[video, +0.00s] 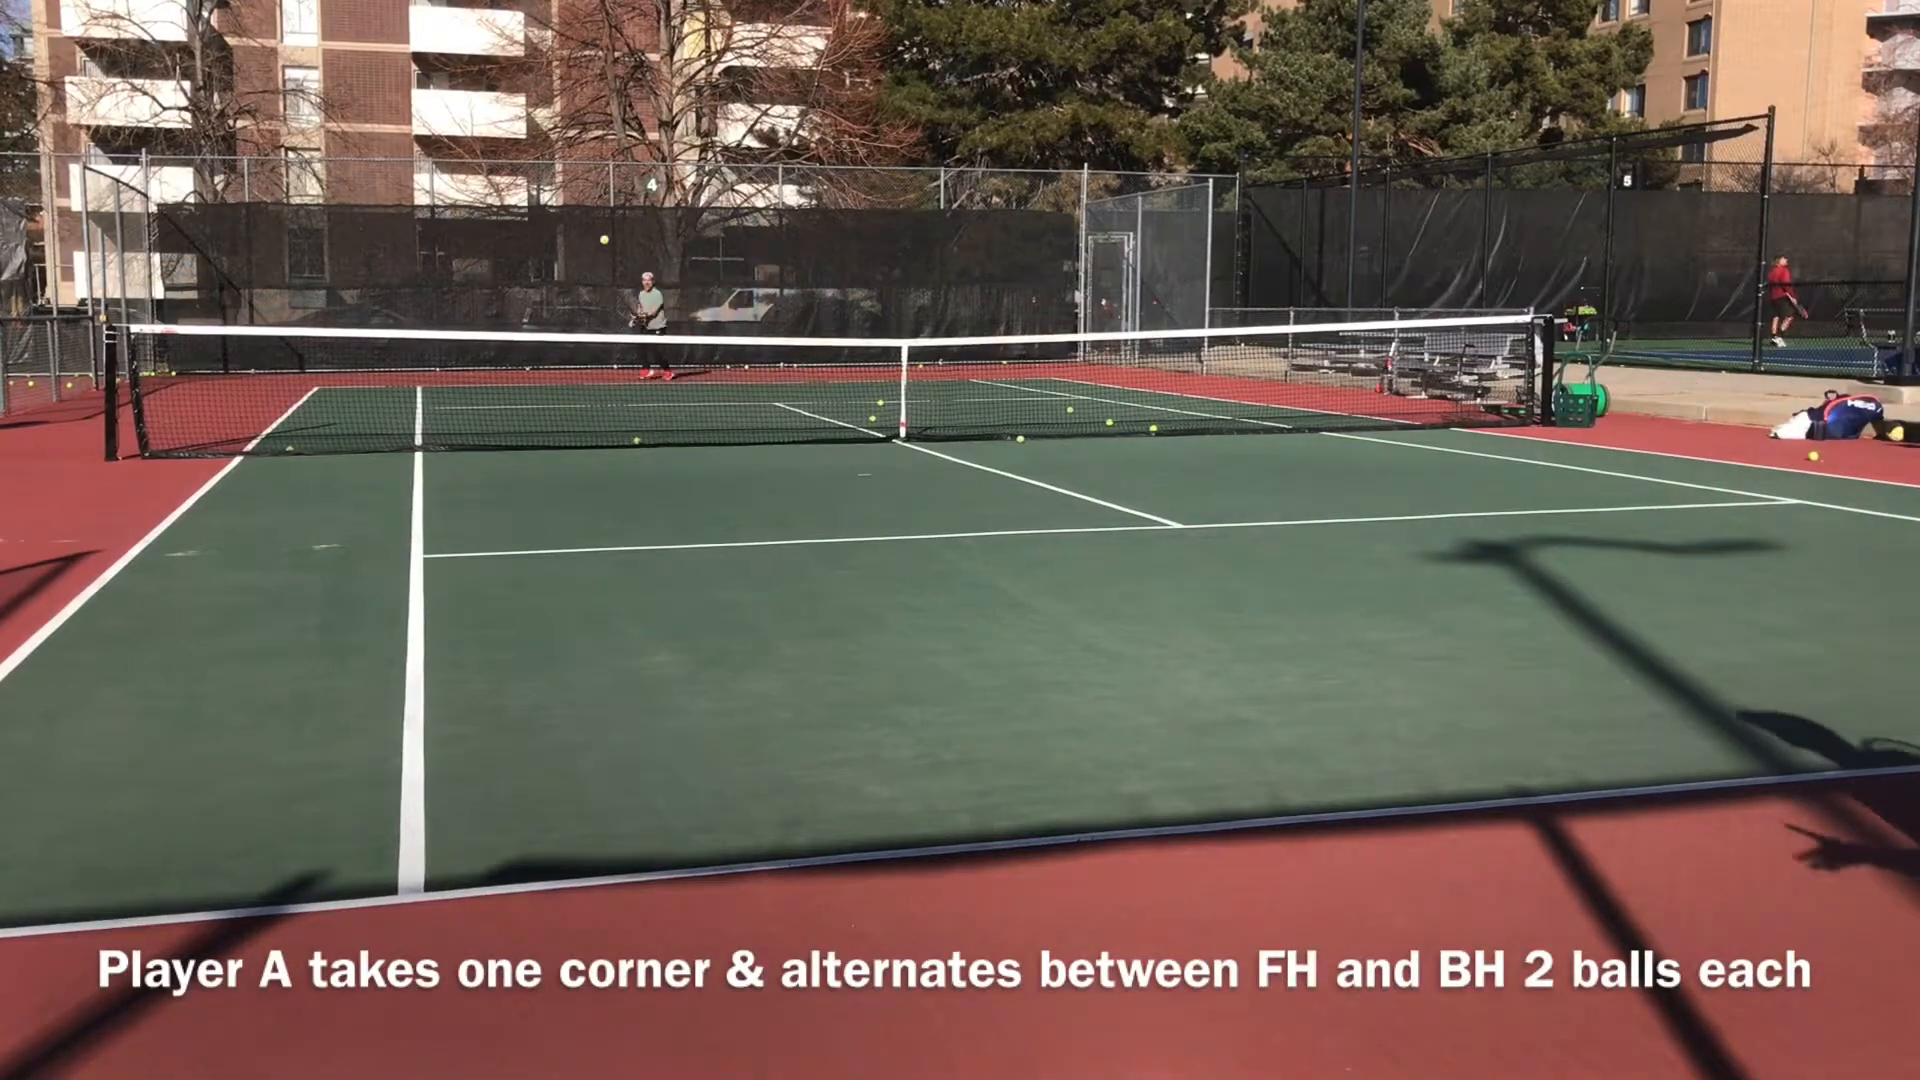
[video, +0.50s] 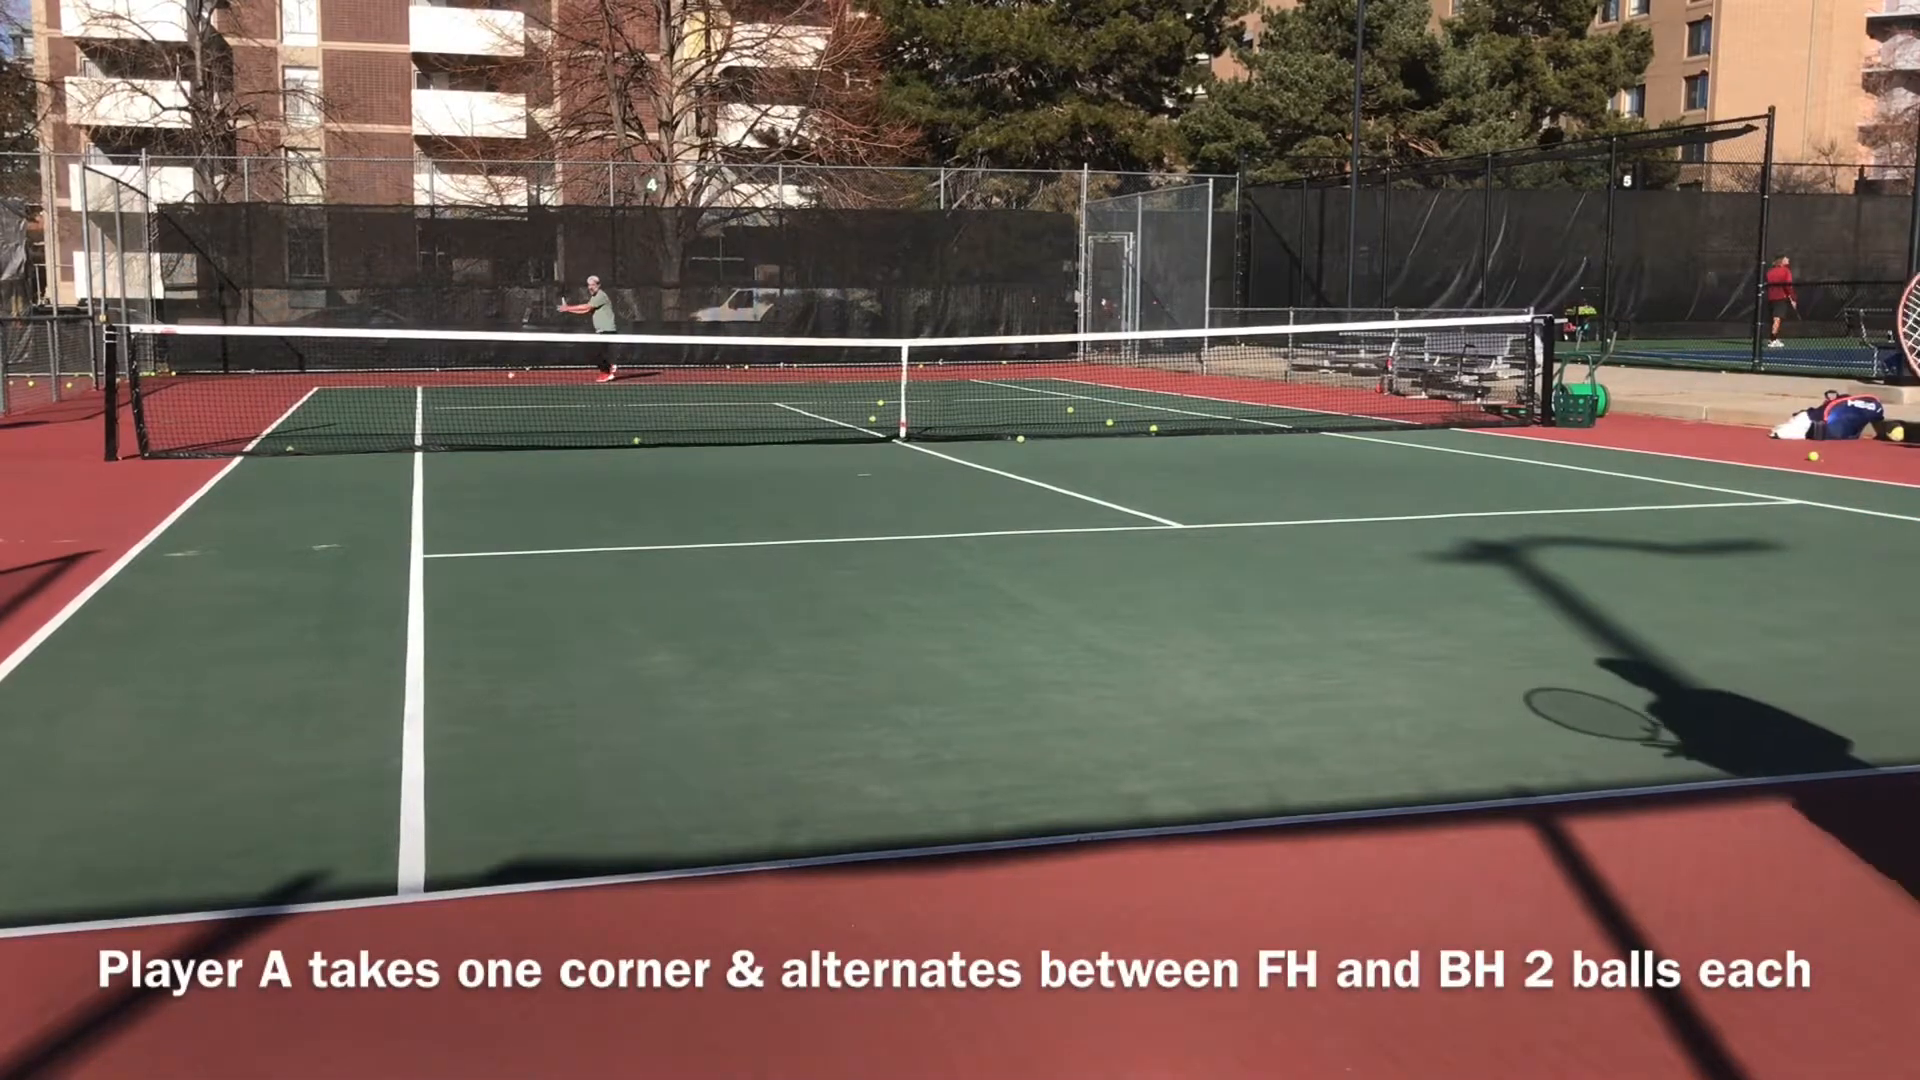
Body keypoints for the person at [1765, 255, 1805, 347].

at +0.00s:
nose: (1786, 261)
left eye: (1785, 259)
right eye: (1784, 259)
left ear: (1776, 262)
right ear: (1779, 261)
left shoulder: (1772, 271)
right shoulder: (1784, 270)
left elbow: (1770, 284)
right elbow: (1786, 284)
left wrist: (1773, 293)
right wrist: (1792, 296)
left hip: (1773, 297)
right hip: (1782, 296)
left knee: (1776, 316)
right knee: (1789, 315)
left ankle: (1774, 336)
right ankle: (1780, 334)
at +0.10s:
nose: (1786, 261)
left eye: (1785, 259)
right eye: (1784, 259)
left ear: (1776, 262)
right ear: (1779, 261)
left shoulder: (1771, 272)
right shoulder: (1784, 271)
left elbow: (1769, 285)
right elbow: (1787, 284)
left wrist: (1771, 295)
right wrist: (1793, 297)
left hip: (1773, 298)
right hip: (1782, 297)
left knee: (1775, 317)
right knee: (1786, 317)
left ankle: (1773, 337)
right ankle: (1777, 336)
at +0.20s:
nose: (1786, 261)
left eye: (1785, 259)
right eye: (1784, 259)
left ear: (1776, 262)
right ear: (1779, 261)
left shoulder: (1770, 272)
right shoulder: (1785, 271)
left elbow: (1769, 285)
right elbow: (1787, 284)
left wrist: (1771, 295)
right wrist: (1792, 296)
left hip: (1773, 298)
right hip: (1783, 297)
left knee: (1775, 317)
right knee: (1782, 318)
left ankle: (1772, 338)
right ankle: (1775, 338)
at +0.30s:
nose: (1786, 261)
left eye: (1785, 259)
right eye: (1784, 259)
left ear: (1775, 262)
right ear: (1779, 261)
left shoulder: (1770, 272)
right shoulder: (1785, 271)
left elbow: (1769, 285)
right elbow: (1788, 284)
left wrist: (1771, 295)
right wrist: (1792, 296)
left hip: (1773, 298)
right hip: (1783, 297)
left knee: (1775, 318)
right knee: (1780, 317)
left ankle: (1772, 339)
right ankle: (1774, 338)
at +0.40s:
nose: (1787, 261)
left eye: (1786, 259)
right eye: (1785, 259)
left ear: (1776, 262)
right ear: (1780, 261)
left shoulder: (1770, 272)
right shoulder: (1786, 271)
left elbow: (1769, 285)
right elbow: (1788, 285)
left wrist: (1770, 295)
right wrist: (1793, 298)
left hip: (1772, 298)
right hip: (1782, 298)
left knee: (1774, 318)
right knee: (1778, 318)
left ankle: (1773, 339)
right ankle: (1773, 339)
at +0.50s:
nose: (1788, 262)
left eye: (1787, 259)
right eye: (1786, 259)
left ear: (1776, 261)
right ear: (1782, 261)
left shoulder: (1770, 271)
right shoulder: (1786, 271)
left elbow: (1768, 284)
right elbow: (1788, 285)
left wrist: (1770, 295)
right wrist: (1792, 299)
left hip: (1771, 298)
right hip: (1781, 298)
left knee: (1774, 319)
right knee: (1777, 319)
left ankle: (1774, 339)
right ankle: (1773, 340)